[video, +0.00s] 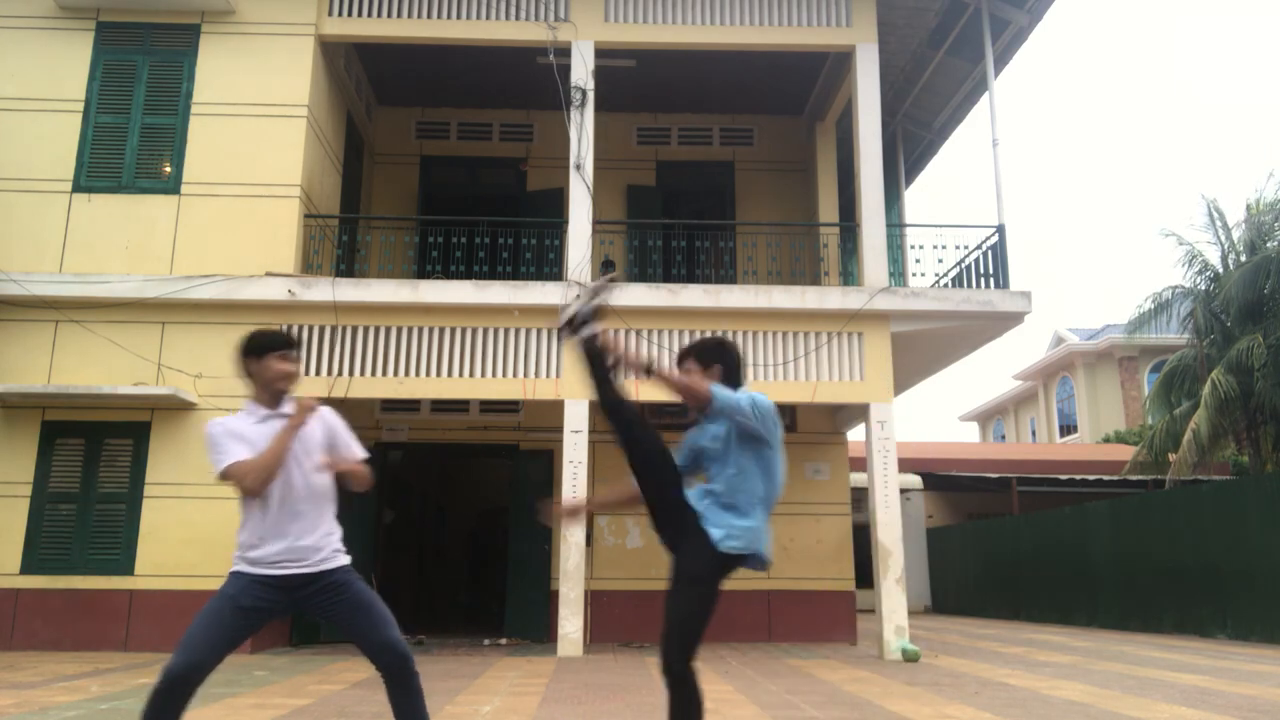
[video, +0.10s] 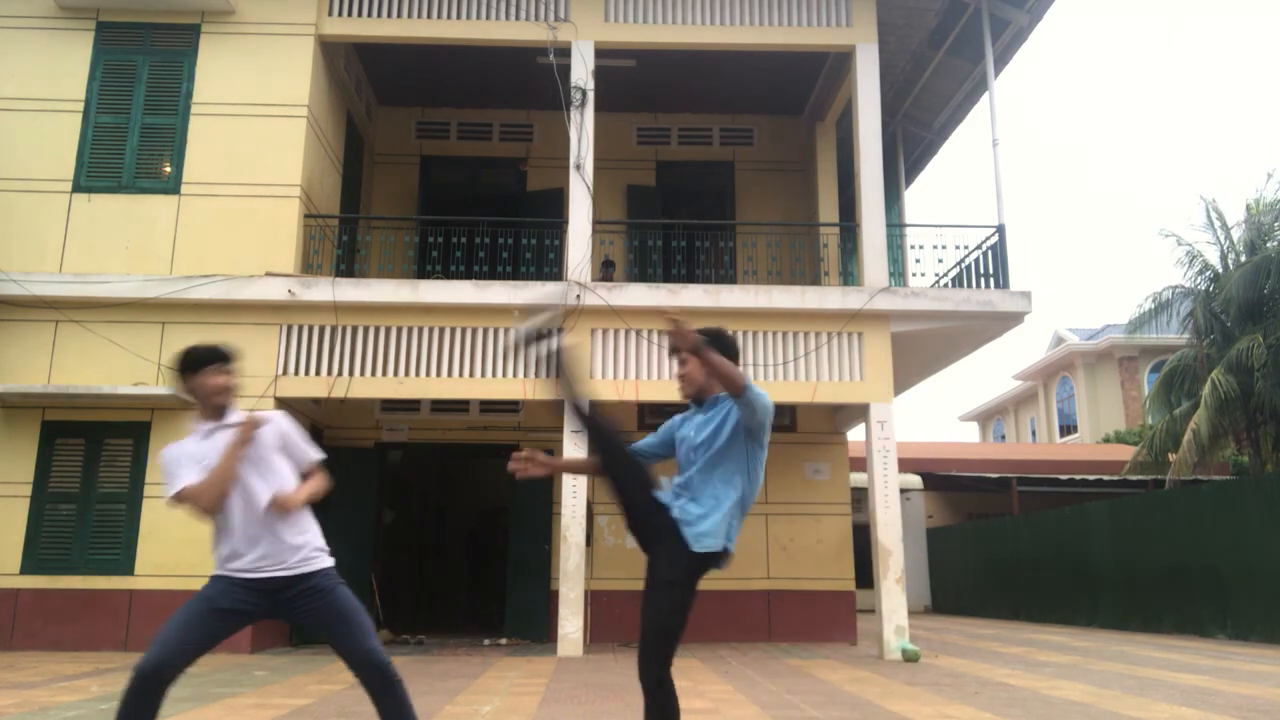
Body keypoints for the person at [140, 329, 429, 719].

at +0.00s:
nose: (290, 366)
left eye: (294, 358)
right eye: (279, 358)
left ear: (299, 366)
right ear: (251, 366)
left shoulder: (322, 418)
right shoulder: (225, 429)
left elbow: (365, 481)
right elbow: (251, 482)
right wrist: (295, 423)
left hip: (328, 573)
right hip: (256, 577)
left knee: (397, 656)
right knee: (182, 671)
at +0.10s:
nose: (224, 380)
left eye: (227, 371)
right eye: (212, 372)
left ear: (235, 377)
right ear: (188, 385)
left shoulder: (274, 423)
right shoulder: (178, 453)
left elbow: (320, 476)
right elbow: (207, 501)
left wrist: (298, 495)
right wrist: (240, 442)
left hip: (309, 576)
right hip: (238, 582)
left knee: (373, 662)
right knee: (151, 670)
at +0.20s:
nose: (173, 406)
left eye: (176, 398)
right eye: (159, 400)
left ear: (186, 404)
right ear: (134, 416)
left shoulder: (228, 436)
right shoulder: (141, 492)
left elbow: (289, 479)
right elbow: (177, 544)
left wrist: (282, 519)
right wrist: (188, 476)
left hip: (295, 578)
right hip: (225, 590)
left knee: (361, 668)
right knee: (132, 667)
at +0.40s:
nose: (125, 416)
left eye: (127, 407)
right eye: (110, 409)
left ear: (134, 413)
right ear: (81, 426)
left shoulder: (179, 444)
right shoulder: (93, 504)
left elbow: (238, 491)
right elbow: (137, 563)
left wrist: (252, 548)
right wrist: (141, 489)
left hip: (251, 586)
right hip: (180, 599)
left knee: (313, 681)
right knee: (89, 673)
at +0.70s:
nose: (123, 387)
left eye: (126, 379)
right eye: (109, 379)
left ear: (131, 384)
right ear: (77, 391)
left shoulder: (167, 427)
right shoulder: (67, 470)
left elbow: (221, 481)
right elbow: (103, 539)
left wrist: (220, 547)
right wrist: (130, 469)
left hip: (217, 574)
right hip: (152, 586)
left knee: (268, 672)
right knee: (81, 675)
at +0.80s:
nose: (106, 374)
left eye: (110, 365)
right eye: (93, 366)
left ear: (115, 369)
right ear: (58, 376)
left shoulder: (146, 415)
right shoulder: (42, 449)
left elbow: (190, 479)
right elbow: (61, 523)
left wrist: (191, 554)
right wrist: (105, 464)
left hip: (185, 569)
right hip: (119, 580)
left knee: (243, 666)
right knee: (68, 675)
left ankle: (291, 716)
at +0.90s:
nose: (22, 409)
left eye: (27, 396)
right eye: (9, 405)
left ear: (41, 395)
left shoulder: (99, 430)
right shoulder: (11, 467)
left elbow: (163, 475)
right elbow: (4, 523)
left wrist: (152, 534)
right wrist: (34, 479)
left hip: (159, 573)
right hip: (88, 582)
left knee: (213, 662)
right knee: (12, 658)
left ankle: (252, 717)